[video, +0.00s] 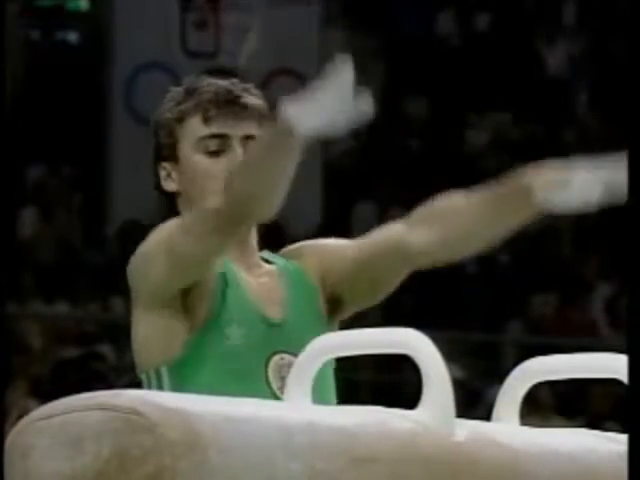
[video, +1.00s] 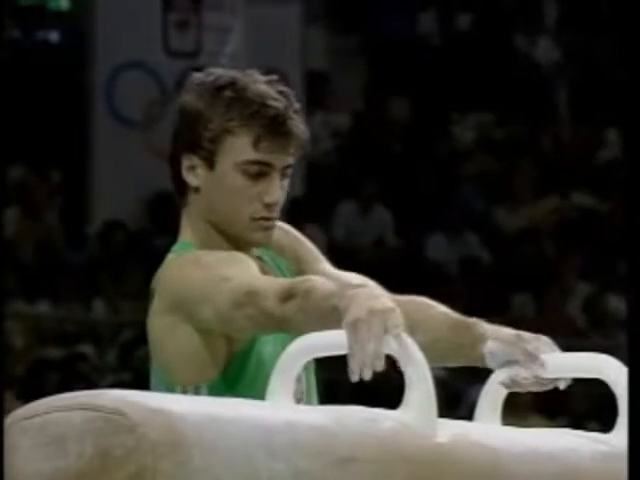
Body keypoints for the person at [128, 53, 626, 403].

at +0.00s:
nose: (240, 165)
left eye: (254, 147)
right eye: (214, 148)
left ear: (276, 159)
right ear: (170, 175)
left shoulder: (313, 272)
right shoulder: (160, 273)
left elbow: (418, 238)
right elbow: (234, 213)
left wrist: (532, 189)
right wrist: (292, 128)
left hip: (315, 479)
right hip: (206, 477)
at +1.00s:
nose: (275, 194)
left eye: (285, 174)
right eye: (254, 173)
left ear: (294, 172)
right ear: (194, 171)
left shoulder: (282, 245)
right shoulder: (191, 274)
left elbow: (378, 309)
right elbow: (280, 302)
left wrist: (485, 341)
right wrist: (354, 295)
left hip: (298, 469)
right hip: (222, 473)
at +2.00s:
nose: (260, 187)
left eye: (269, 168)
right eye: (238, 166)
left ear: (277, 168)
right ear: (177, 168)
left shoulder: (262, 242)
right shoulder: (185, 270)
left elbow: (363, 298)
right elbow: (272, 305)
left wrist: (481, 337)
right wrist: (345, 304)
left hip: (253, 466)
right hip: (190, 469)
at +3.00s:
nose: (250, 175)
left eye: (256, 155)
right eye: (225, 155)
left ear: (264, 159)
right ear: (166, 166)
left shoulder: (253, 241)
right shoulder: (183, 269)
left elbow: (355, 294)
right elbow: (270, 306)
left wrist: (477, 339)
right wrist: (341, 303)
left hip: (247, 465)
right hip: (186, 468)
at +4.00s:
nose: (254, 186)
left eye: (262, 166)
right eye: (231, 165)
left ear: (271, 163)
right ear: (171, 169)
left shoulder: (255, 238)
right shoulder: (182, 270)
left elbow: (357, 294)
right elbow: (272, 307)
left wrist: (478, 338)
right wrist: (342, 303)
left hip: (248, 467)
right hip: (188, 471)